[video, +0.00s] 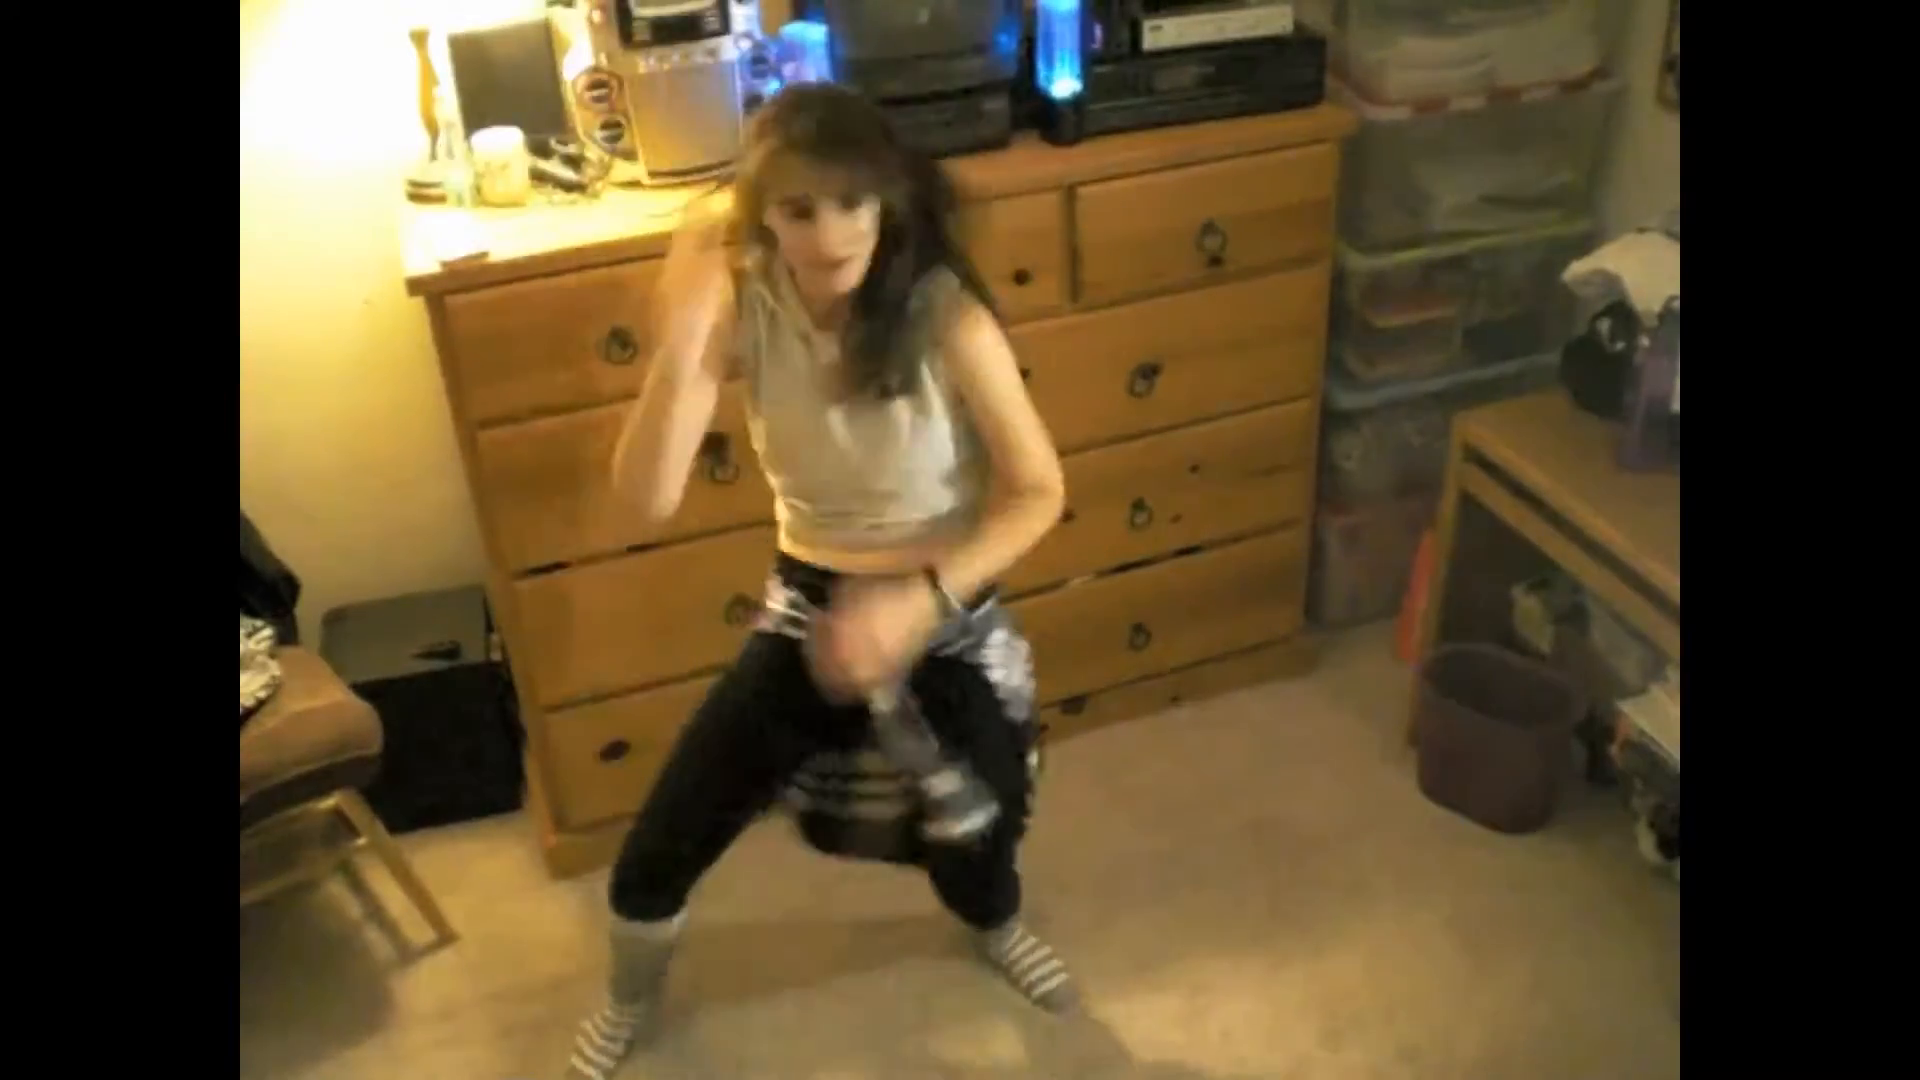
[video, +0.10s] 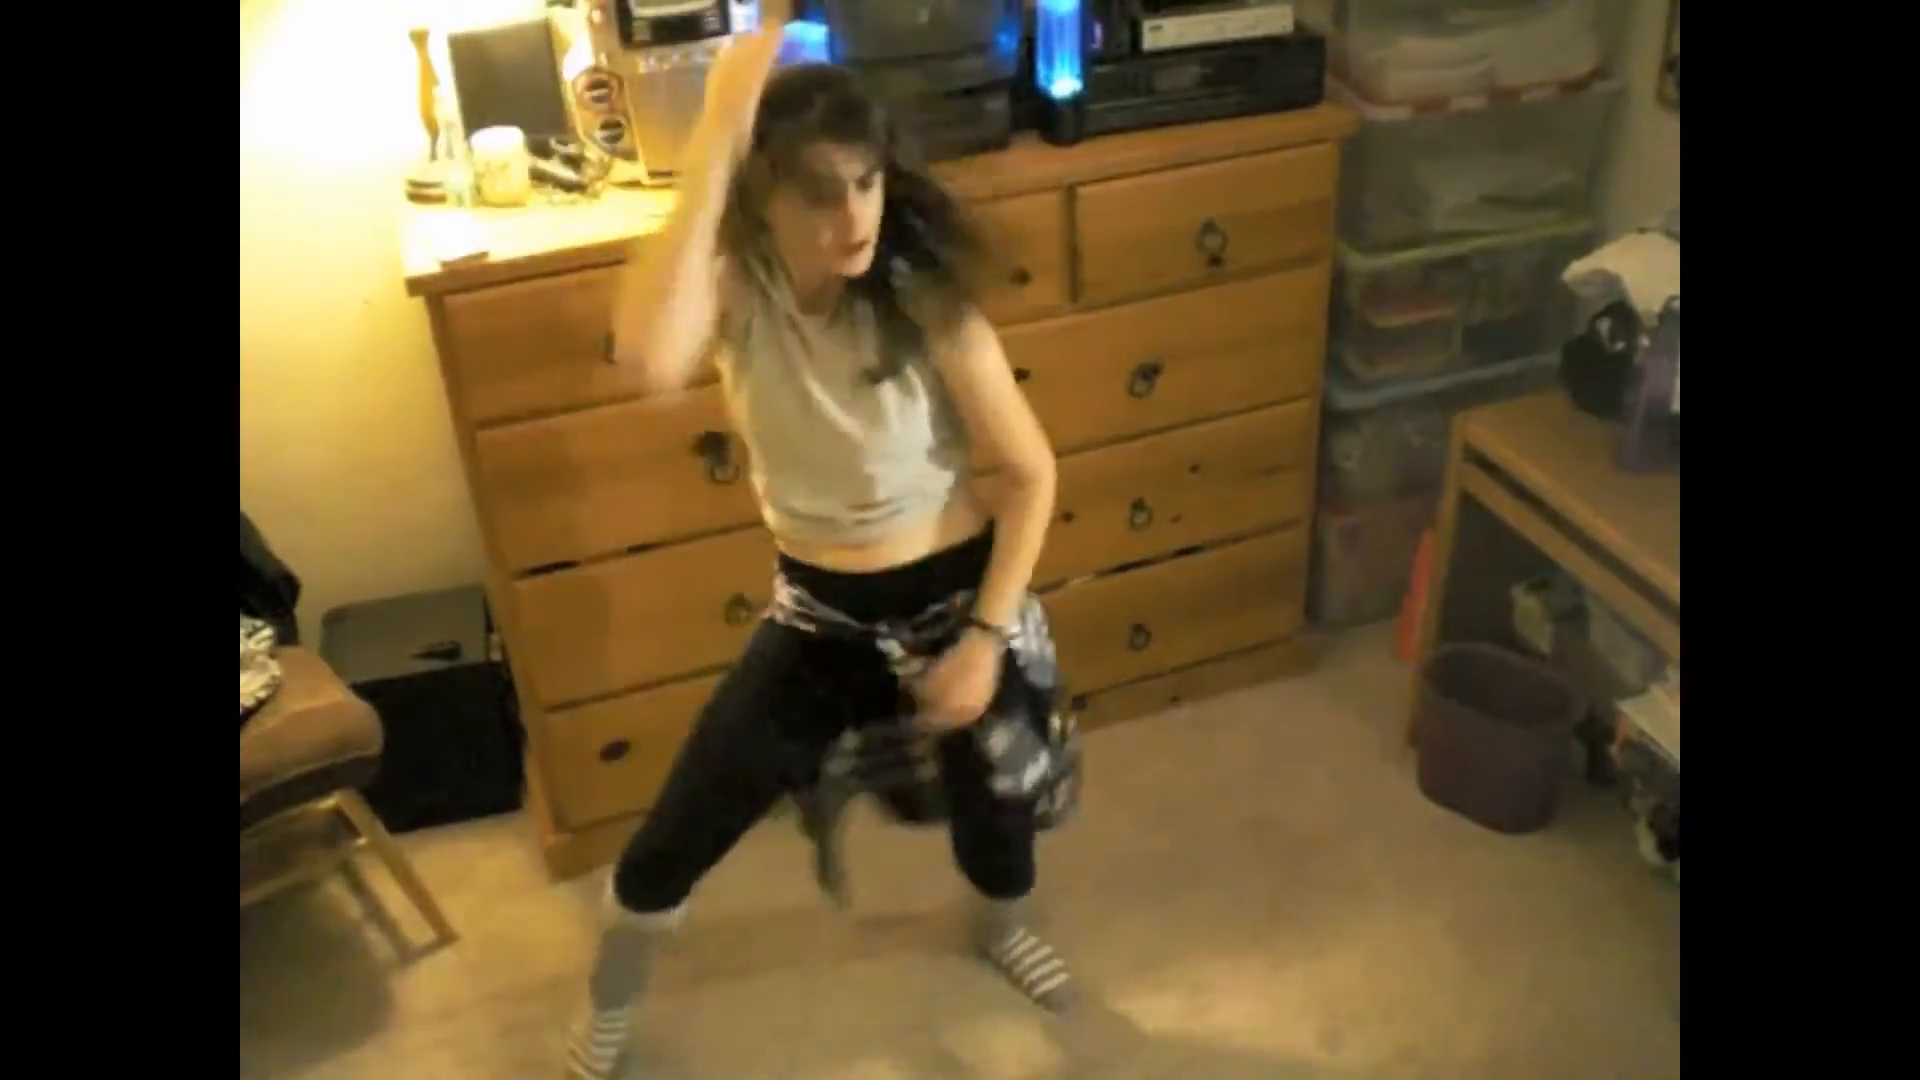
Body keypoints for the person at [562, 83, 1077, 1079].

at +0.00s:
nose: (828, 234)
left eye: (850, 204)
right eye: (798, 211)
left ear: (889, 205)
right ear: (763, 219)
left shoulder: (944, 316)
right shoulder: (743, 317)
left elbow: (1036, 490)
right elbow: (645, 505)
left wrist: (922, 598)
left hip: (946, 610)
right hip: (808, 611)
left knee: (978, 863)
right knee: (652, 865)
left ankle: (1001, 933)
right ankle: (627, 1010)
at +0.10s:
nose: (858, 216)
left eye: (869, 182)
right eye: (822, 194)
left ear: (887, 179)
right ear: (758, 206)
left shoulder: (923, 300)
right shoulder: (734, 298)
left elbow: (1029, 473)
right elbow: (653, 357)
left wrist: (986, 641)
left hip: (958, 603)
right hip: (818, 617)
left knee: (1001, 818)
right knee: (668, 849)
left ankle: (1003, 930)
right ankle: (609, 1013)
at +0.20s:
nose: (842, 191)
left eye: (855, 160)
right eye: (811, 166)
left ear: (876, 160)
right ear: (740, 173)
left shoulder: (915, 289)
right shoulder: (701, 272)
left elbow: (1008, 426)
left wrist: (983, 590)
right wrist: (701, 27)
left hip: (934, 588)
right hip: (794, 613)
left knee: (1000, 780)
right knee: (722, 849)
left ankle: (1007, 927)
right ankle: (613, 1001)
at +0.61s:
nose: (816, 249)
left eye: (816, 225)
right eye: (791, 231)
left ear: (821, 221)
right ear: (713, 234)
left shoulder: (838, 288)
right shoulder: (645, 359)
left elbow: (889, 420)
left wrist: (884, 573)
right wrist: (630, 357)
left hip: (844, 623)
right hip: (713, 655)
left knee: (1030, 829)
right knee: (691, 924)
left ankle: (1003, 921)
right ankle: (618, 1008)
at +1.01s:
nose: (838, 247)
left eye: (838, 220)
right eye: (816, 225)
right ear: (745, 226)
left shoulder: (784, 315)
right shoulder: (661, 344)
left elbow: (827, 443)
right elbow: (652, 547)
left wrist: (867, 529)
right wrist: (720, 710)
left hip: (830, 592)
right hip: (720, 659)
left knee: (994, 777)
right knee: (719, 937)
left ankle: (1009, 918)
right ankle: (625, 994)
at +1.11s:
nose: (823, 226)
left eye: (821, 199)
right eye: (801, 206)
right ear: (732, 214)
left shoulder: (783, 311)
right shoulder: (652, 327)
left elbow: (869, 446)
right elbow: (585, 523)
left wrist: (860, 556)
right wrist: (666, 683)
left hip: (811, 590)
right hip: (706, 658)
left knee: (971, 777)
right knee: (700, 941)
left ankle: (1009, 920)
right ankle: (620, 993)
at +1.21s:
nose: (796, 194)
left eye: (793, 167)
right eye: (773, 170)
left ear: (774, 171)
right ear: (700, 179)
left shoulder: (788, 279)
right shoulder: (615, 316)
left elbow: (850, 448)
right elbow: (493, 491)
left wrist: (856, 581)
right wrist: (600, 656)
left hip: (790, 597)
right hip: (666, 646)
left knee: (968, 774)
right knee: (672, 911)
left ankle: (1006, 919)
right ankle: (620, 1006)